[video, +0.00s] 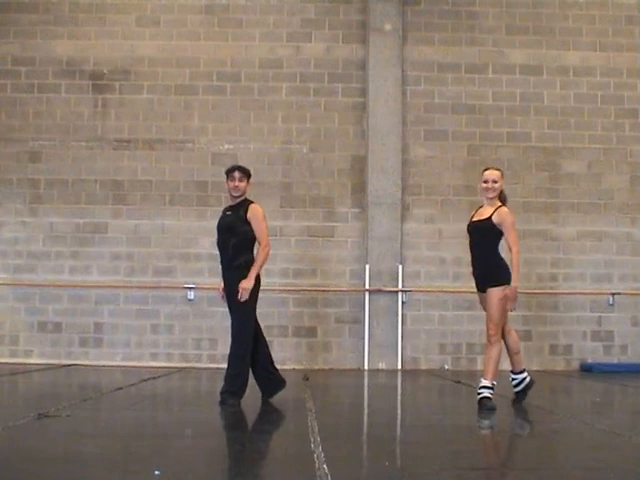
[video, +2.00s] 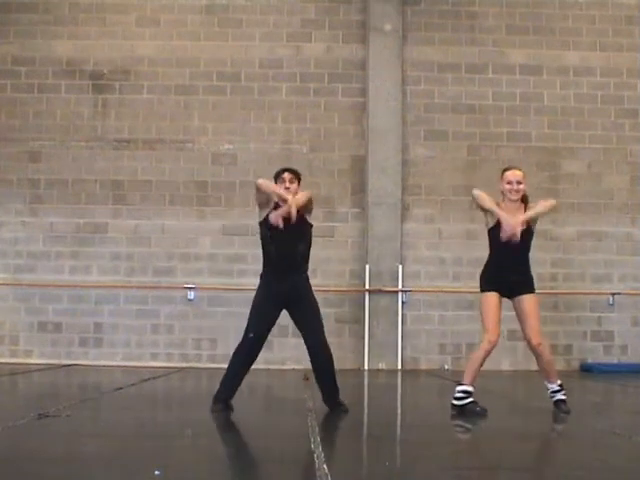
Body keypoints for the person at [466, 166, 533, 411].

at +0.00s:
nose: (490, 186)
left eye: (495, 182)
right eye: (486, 182)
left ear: (502, 185)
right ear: (481, 185)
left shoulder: (503, 213)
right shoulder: (478, 212)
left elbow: (514, 249)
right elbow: (478, 247)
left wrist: (514, 284)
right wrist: (476, 271)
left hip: (498, 277)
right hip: (481, 277)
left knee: (493, 334)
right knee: (505, 330)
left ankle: (486, 387)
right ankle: (520, 375)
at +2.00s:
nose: (514, 187)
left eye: (519, 183)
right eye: (509, 183)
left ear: (525, 187)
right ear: (501, 186)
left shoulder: (531, 211)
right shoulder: (493, 210)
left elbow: (550, 203)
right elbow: (477, 195)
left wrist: (522, 219)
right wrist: (502, 217)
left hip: (521, 278)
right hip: (492, 277)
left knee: (535, 342)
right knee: (491, 338)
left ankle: (556, 392)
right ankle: (462, 394)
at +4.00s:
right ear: (503, 308)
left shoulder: (519, 337)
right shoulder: (495, 291)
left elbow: (516, 370)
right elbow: (500, 243)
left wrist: (514, 404)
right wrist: (511, 204)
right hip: (479, 300)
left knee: (544, 353)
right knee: (444, 345)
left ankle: (575, 391)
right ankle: (410, 389)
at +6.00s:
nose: (502, 140)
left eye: (505, 136)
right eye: (496, 136)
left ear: (510, 141)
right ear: (487, 140)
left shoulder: (516, 171)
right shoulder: (474, 166)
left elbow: (531, 206)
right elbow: (438, 183)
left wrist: (543, 242)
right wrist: (404, 196)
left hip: (509, 237)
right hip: (477, 235)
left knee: (548, 277)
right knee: (437, 275)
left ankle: (593, 316)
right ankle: (392, 314)